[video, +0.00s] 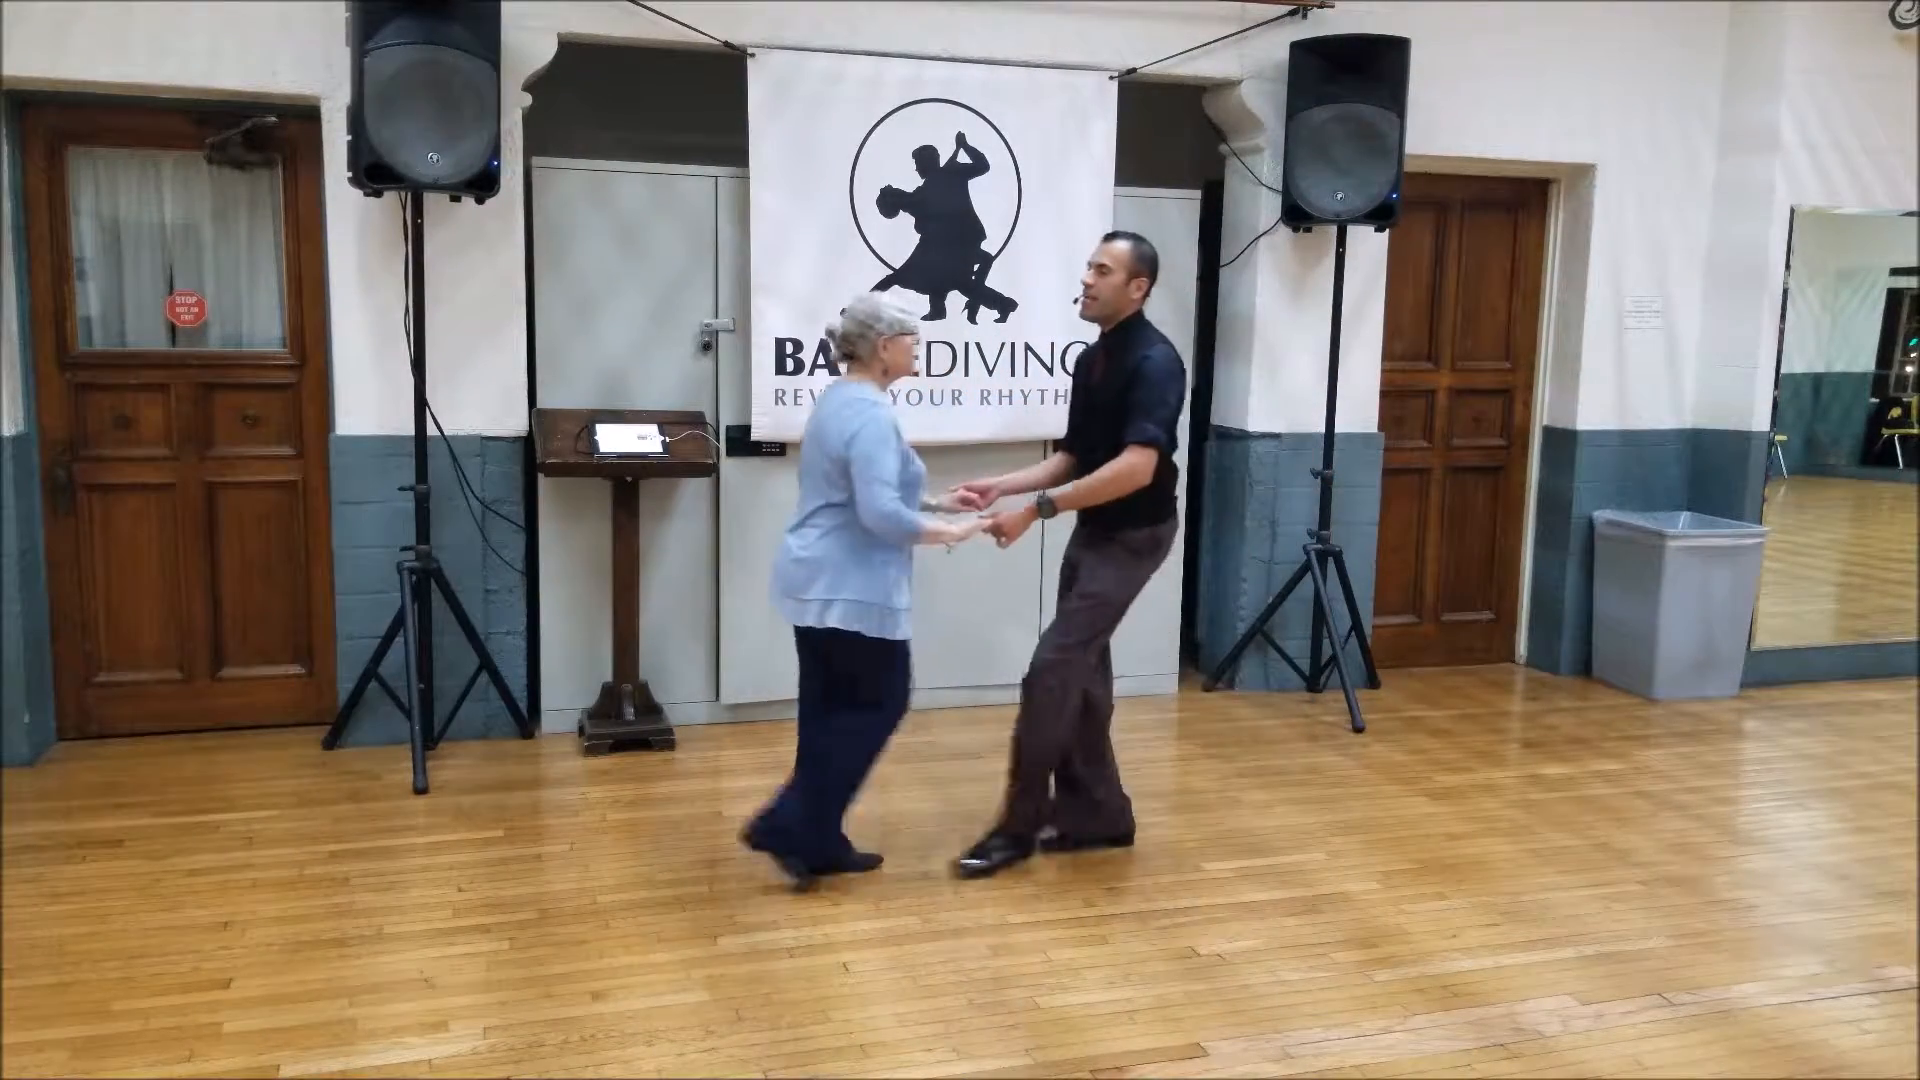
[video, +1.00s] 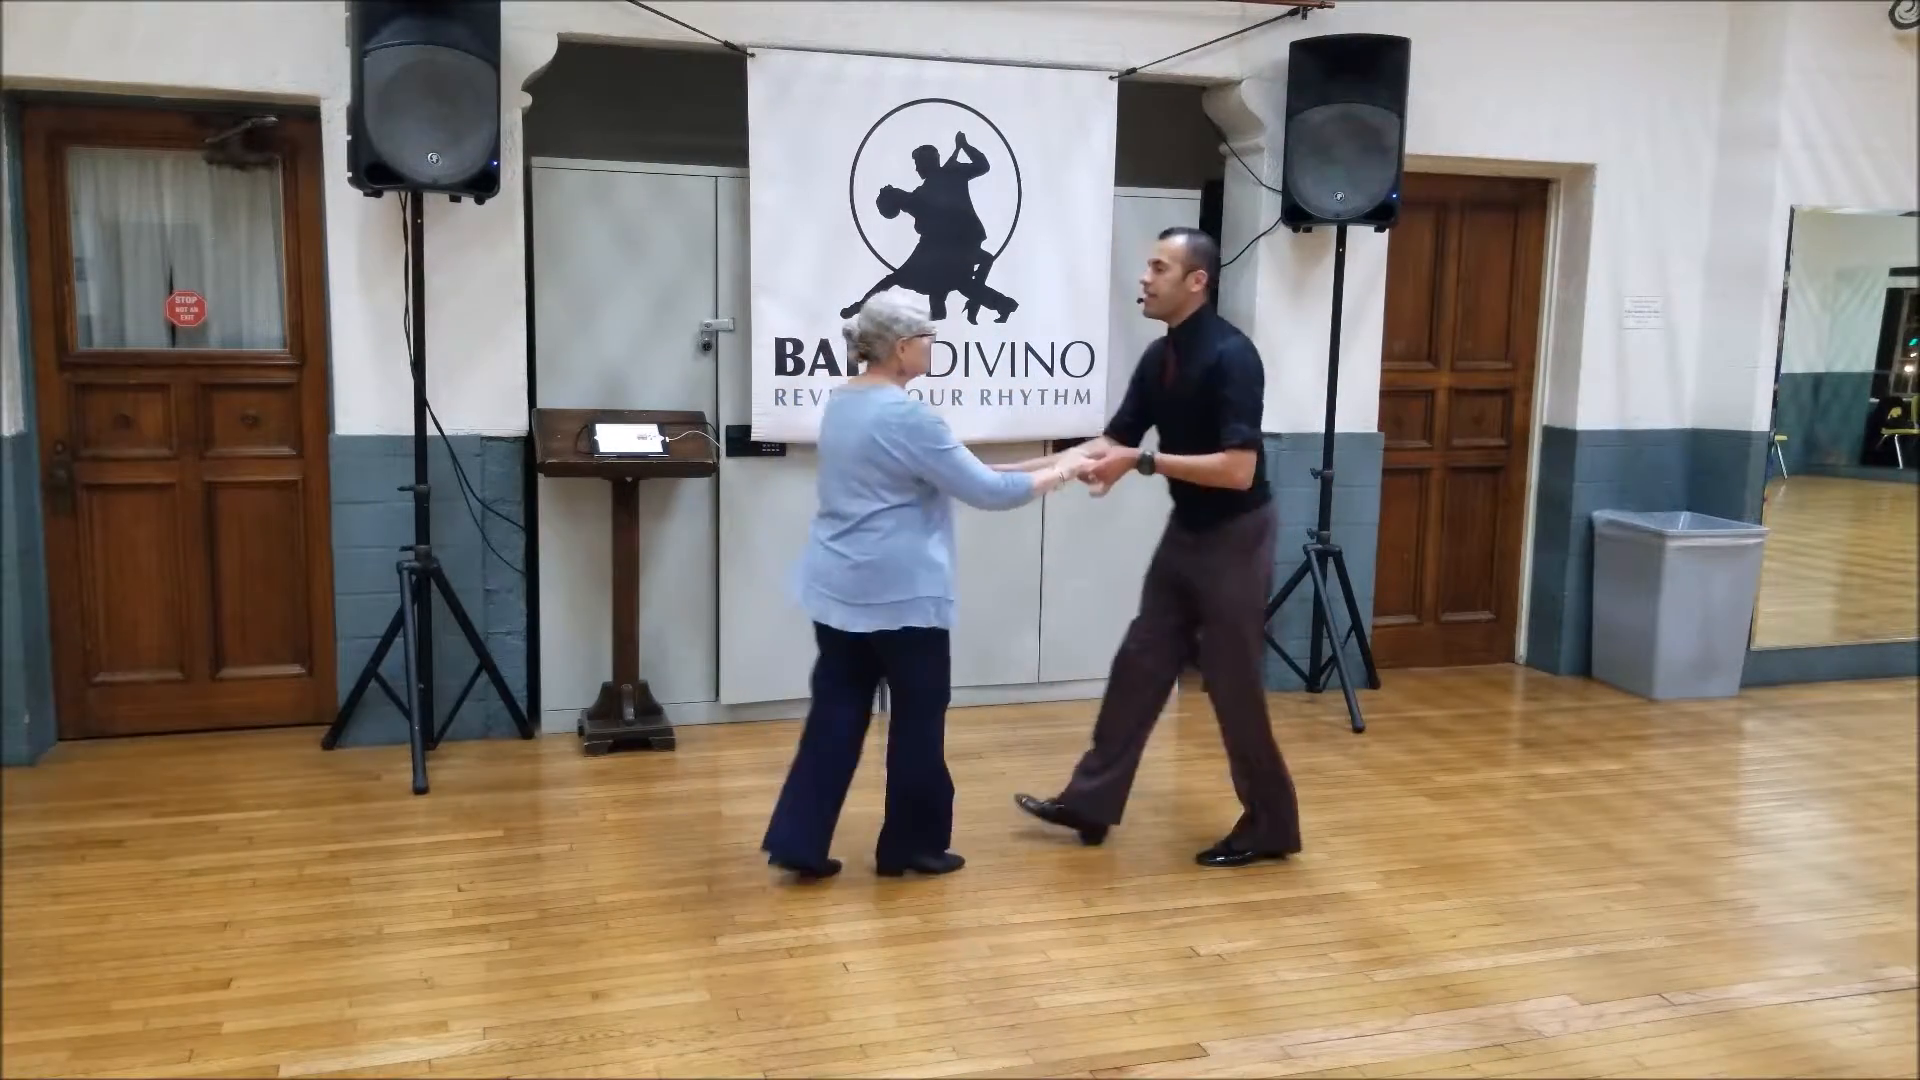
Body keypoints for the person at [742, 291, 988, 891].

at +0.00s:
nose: (917, 350)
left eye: (915, 340)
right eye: (910, 341)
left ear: (869, 347)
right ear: (882, 346)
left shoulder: (835, 403)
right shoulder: (870, 415)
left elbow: (884, 496)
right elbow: (877, 512)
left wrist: (945, 500)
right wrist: (945, 531)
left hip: (815, 582)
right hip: (854, 589)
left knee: (827, 704)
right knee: (883, 702)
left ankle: (820, 837)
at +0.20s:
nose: (886, 347)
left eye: (883, 337)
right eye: (877, 338)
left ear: (841, 348)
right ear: (847, 348)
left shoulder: (820, 401)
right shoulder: (836, 413)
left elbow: (856, 496)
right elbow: (844, 513)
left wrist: (919, 500)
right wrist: (919, 529)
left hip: (818, 588)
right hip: (804, 589)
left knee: (824, 715)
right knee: (770, 716)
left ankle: (820, 844)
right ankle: (683, 843)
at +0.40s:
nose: (871, 353)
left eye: (870, 344)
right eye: (864, 344)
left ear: (828, 353)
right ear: (833, 351)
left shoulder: (809, 408)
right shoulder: (812, 416)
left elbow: (853, 500)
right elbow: (855, 521)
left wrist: (904, 502)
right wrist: (917, 520)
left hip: (814, 597)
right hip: (787, 596)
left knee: (826, 713)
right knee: (750, 721)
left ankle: (790, 844)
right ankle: (676, 851)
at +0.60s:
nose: (876, 351)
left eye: (874, 342)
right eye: (868, 343)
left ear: (827, 351)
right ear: (838, 350)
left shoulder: (795, 405)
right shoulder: (829, 417)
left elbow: (847, 495)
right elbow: (897, 509)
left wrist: (910, 485)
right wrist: (971, 485)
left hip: (794, 586)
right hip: (817, 594)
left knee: (813, 720)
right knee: (826, 722)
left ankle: (788, 846)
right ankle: (720, 827)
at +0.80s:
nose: (900, 348)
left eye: (898, 338)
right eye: (893, 338)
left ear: (845, 343)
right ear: (864, 343)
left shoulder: (810, 400)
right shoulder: (870, 415)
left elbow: (911, 458)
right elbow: (953, 483)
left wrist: (1000, 451)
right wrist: (1032, 457)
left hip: (795, 586)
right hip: (860, 591)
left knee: (798, 717)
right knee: (897, 707)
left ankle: (781, 852)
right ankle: (889, 847)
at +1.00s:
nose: (932, 350)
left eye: (930, 340)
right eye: (926, 341)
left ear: (879, 347)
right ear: (900, 349)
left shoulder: (839, 405)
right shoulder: (909, 419)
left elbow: (954, 471)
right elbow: (986, 490)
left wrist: (1043, 466)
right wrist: (1059, 473)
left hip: (838, 590)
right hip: (905, 595)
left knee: (835, 716)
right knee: (919, 723)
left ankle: (797, 844)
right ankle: (910, 846)